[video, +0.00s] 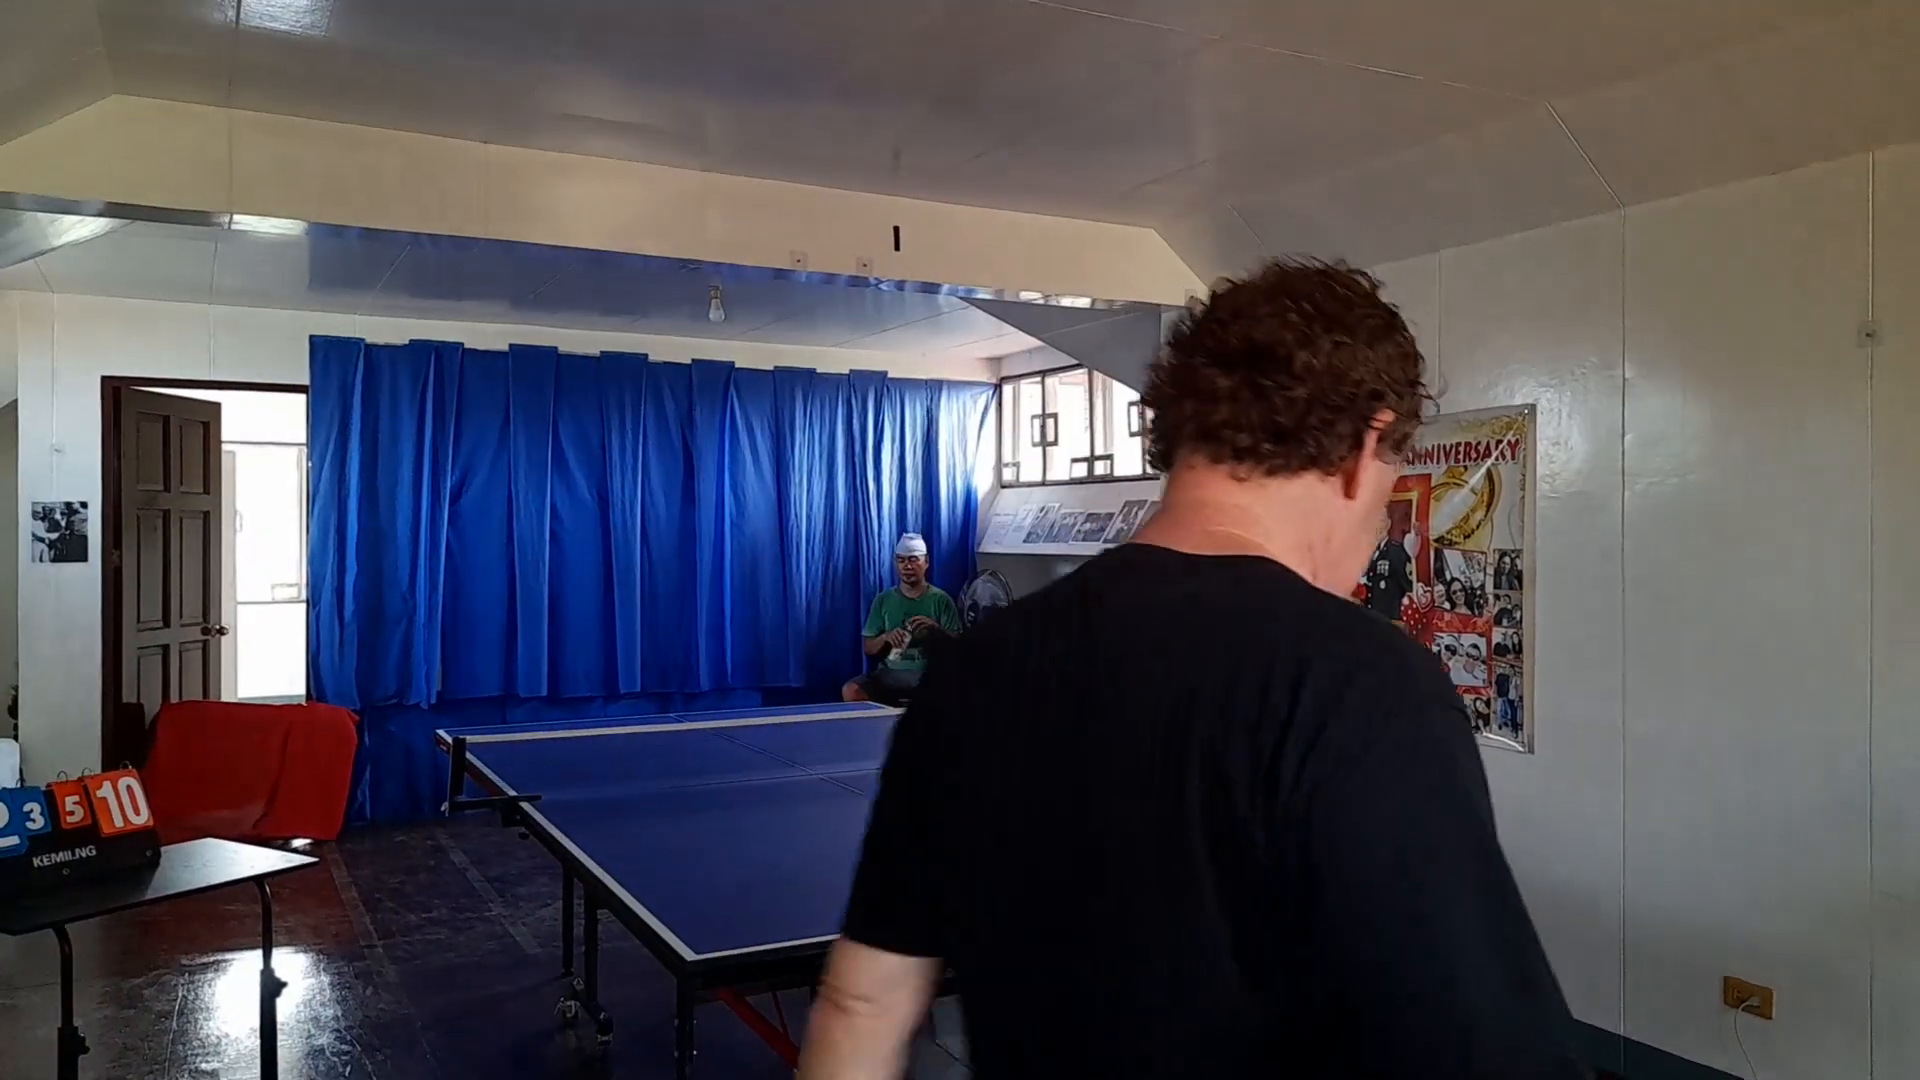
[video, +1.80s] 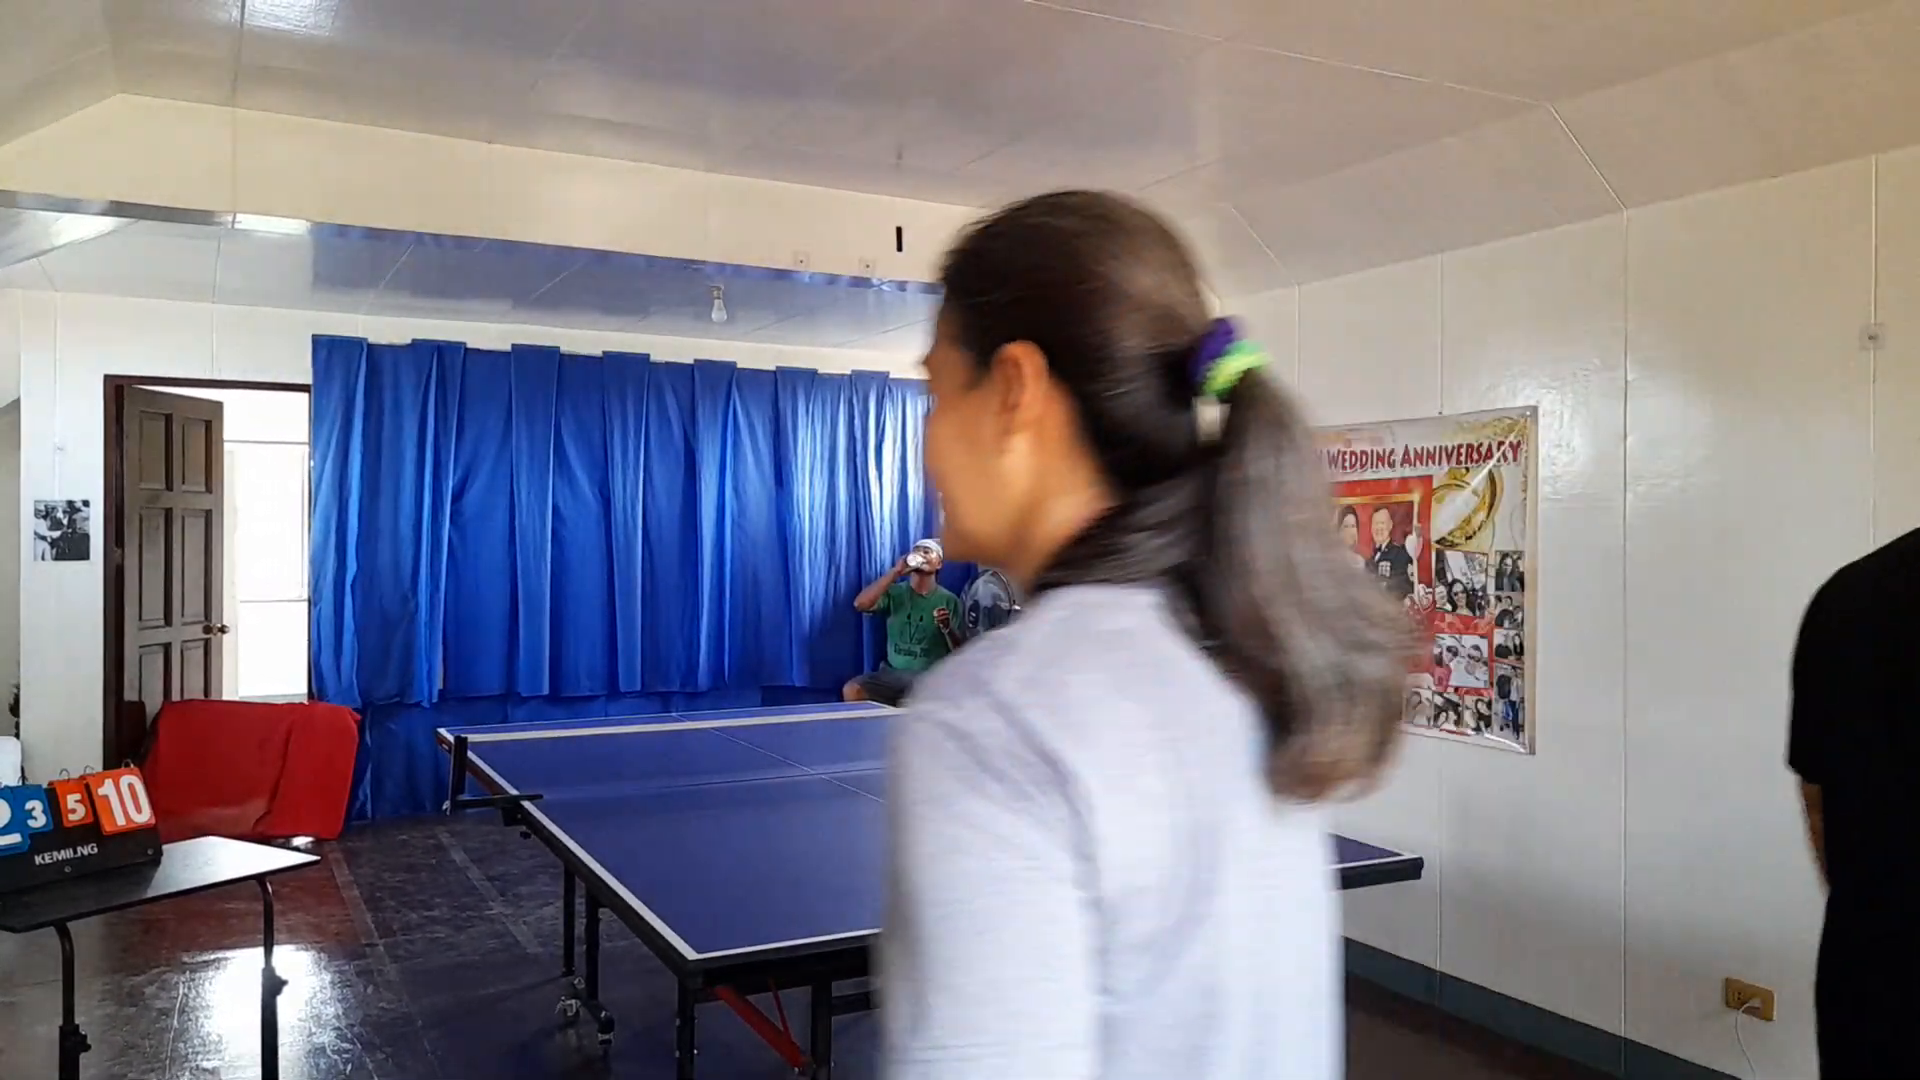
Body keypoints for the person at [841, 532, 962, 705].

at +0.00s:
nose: (907, 566)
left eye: (913, 560)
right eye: (901, 560)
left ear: (926, 563)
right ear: (896, 563)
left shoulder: (941, 600)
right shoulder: (882, 601)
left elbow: (955, 643)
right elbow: (869, 648)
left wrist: (934, 627)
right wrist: (885, 637)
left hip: (929, 674)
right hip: (890, 675)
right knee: (851, 691)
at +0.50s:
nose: (914, 567)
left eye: (921, 561)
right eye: (909, 561)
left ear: (933, 566)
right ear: (903, 564)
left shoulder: (946, 602)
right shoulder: (888, 598)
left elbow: (956, 652)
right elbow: (866, 641)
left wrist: (946, 629)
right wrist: (889, 613)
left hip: (932, 676)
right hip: (892, 674)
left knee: (951, 705)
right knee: (852, 692)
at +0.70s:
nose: (914, 561)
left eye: (922, 556)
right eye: (910, 555)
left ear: (934, 563)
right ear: (903, 559)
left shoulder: (946, 600)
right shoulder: (888, 593)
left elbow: (956, 651)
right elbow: (862, 626)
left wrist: (948, 631)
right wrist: (891, 591)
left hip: (931, 673)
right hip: (891, 671)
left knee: (950, 702)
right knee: (851, 689)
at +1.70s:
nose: (924, 555)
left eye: (930, 551)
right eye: (920, 550)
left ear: (939, 563)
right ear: (910, 557)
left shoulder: (948, 599)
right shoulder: (894, 591)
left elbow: (959, 647)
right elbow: (860, 601)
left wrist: (948, 629)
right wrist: (897, 569)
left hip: (932, 674)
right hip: (892, 671)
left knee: (949, 703)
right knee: (852, 690)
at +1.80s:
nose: (923, 556)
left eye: (929, 552)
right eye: (918, 551)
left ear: (939, 564)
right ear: (911, 559)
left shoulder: (950, 601)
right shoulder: (894, 593)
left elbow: (961, 652)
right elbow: (861, 603)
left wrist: (948, 630)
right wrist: (895, 572)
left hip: (931, 677)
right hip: (892, 673)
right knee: (852, 691)